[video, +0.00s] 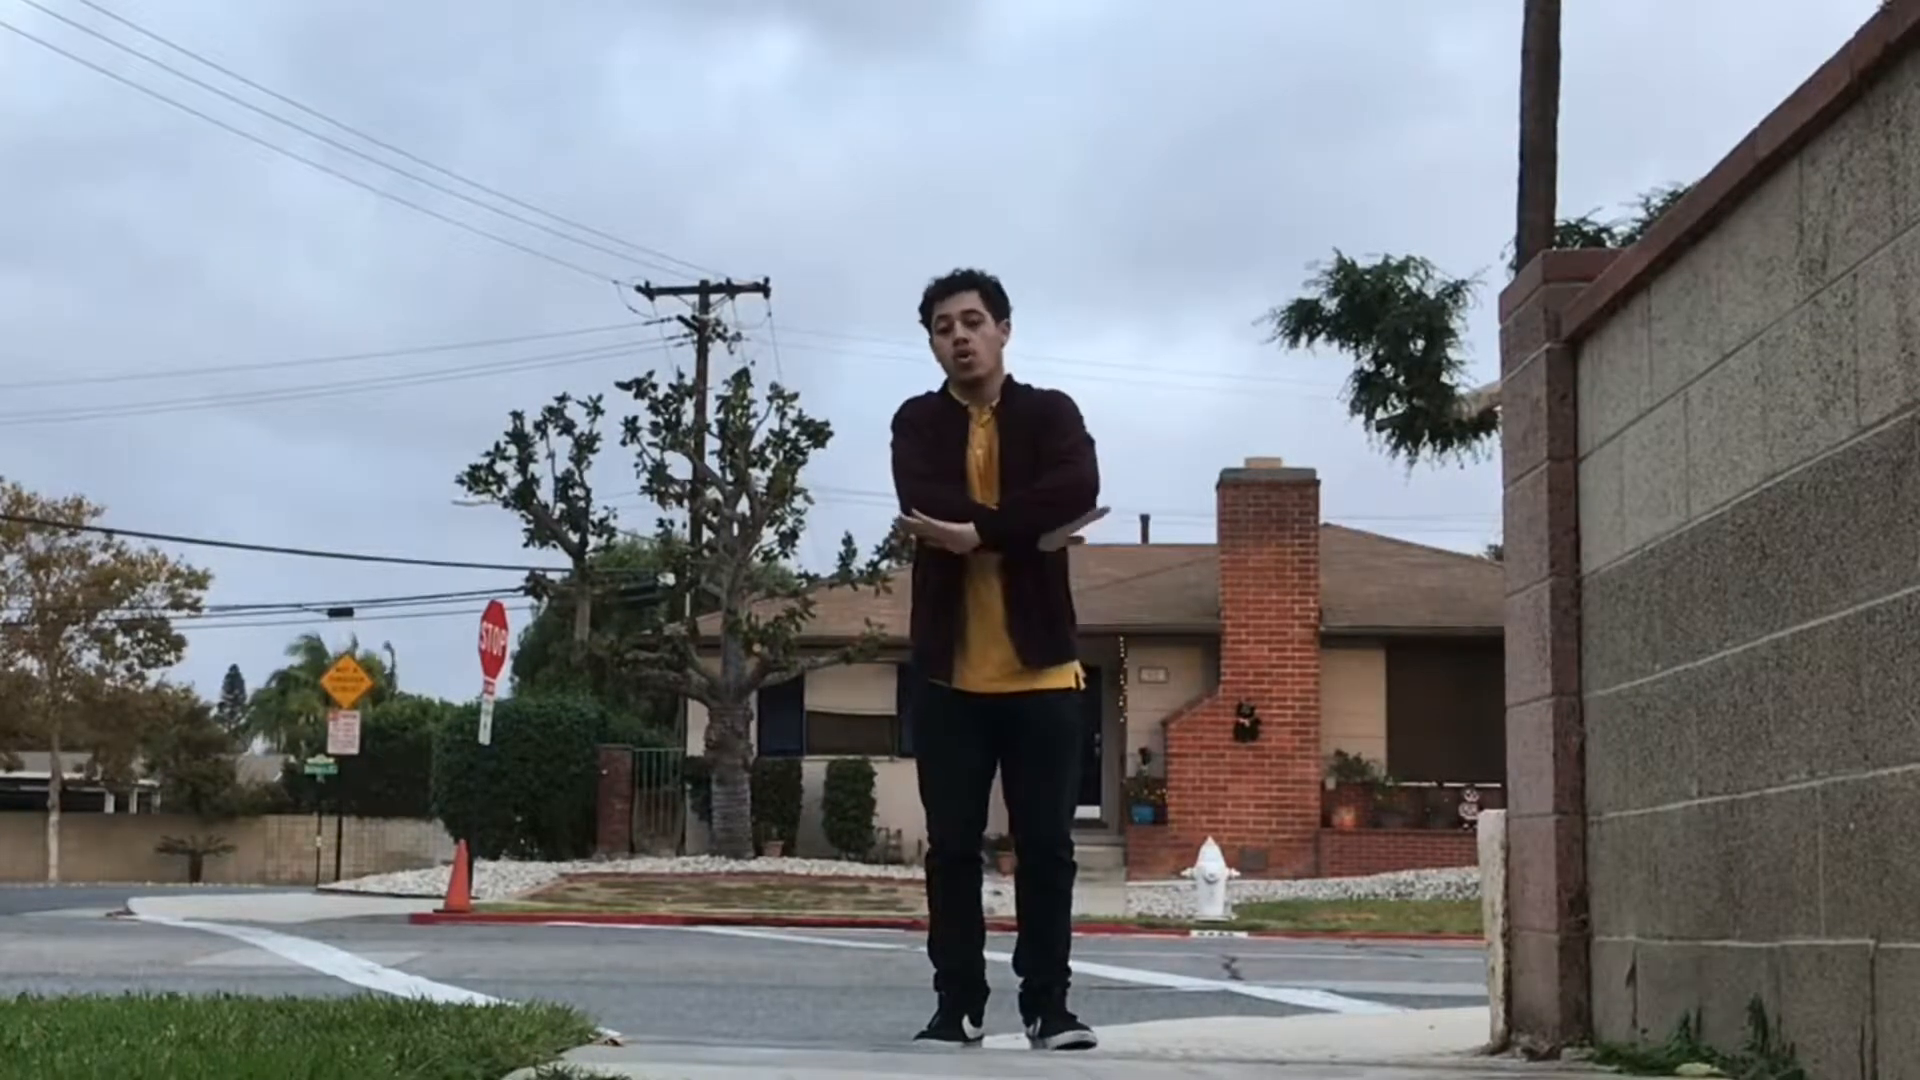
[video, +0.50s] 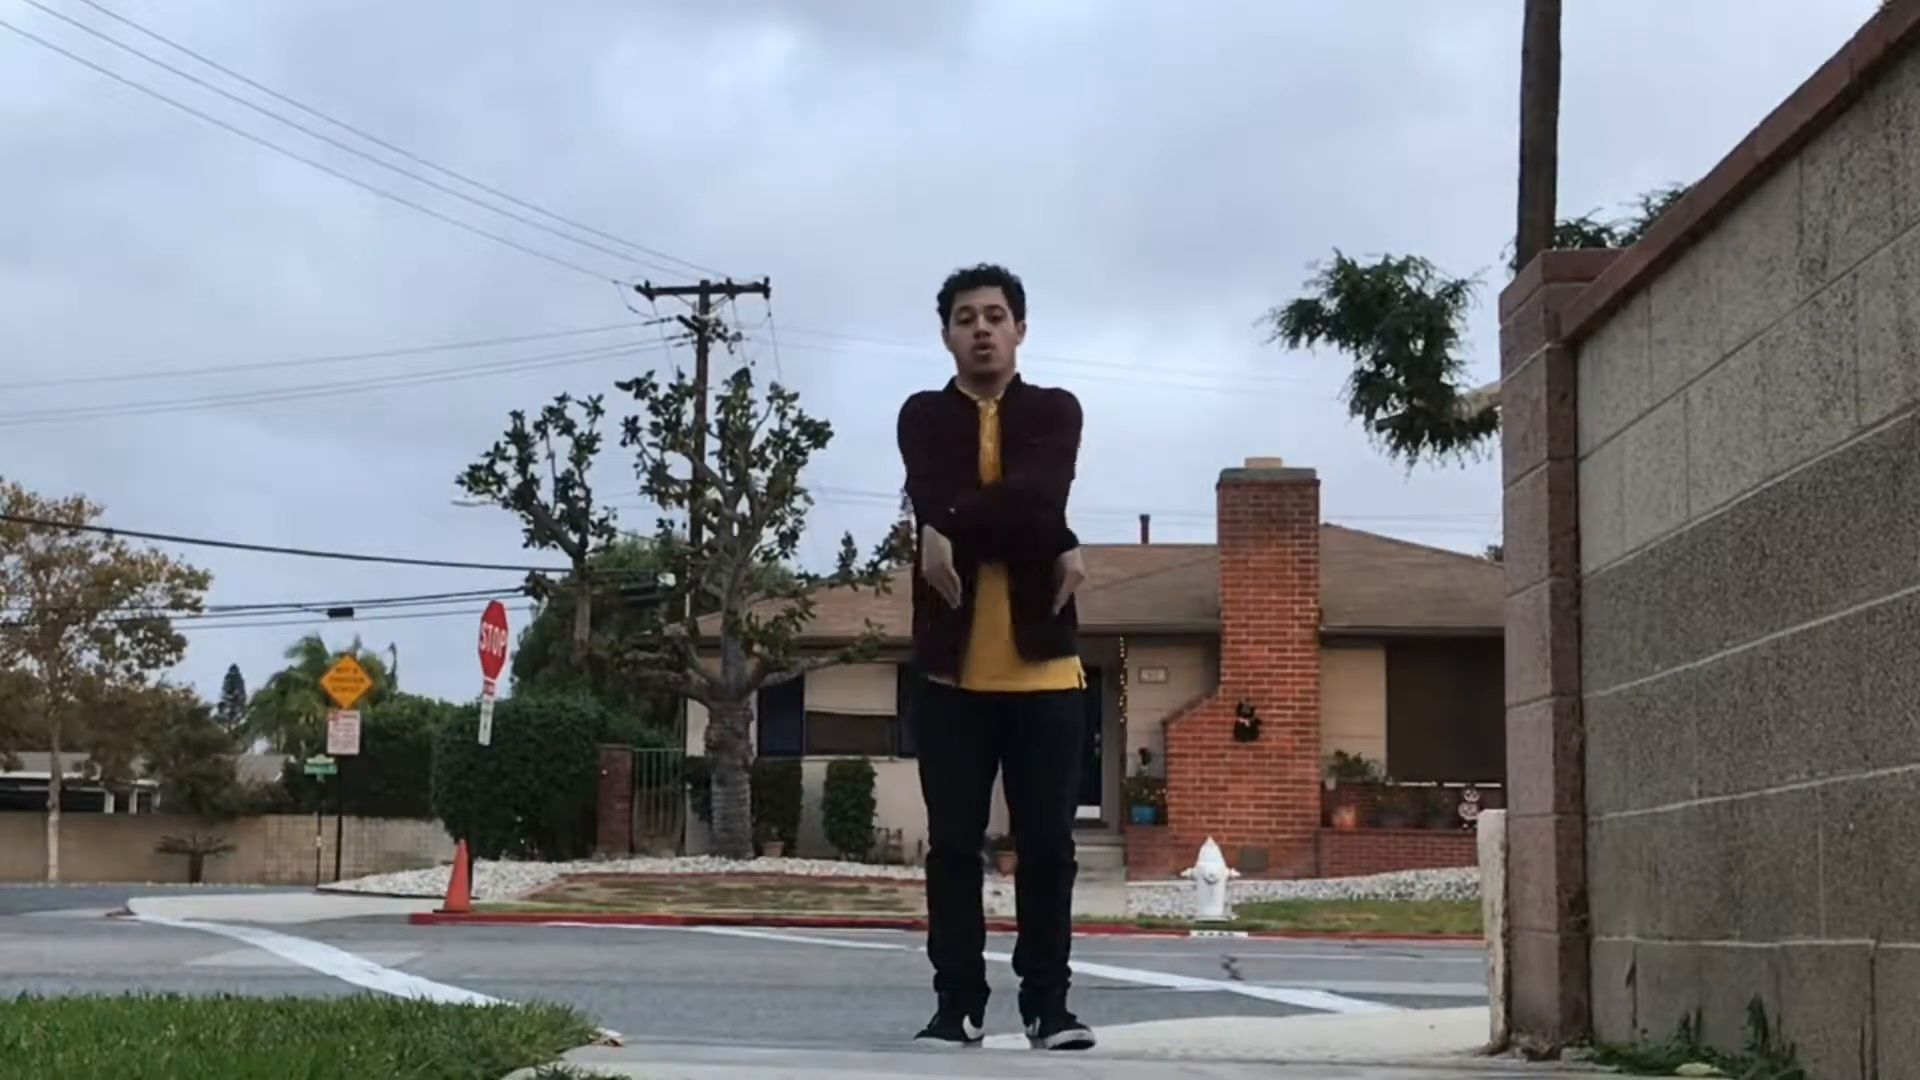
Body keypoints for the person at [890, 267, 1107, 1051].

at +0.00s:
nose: (959, 336)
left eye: (972, 321)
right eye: (945, 327)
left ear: (1003, 331)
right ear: (931, 345)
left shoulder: (1051, 410)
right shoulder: (918, 420)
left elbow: (1078, 488)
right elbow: (926, 508)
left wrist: (975, 530)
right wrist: (1035, 529)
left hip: (1042, 675)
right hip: (949, 676)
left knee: (1047, 850)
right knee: (952, 850)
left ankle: (1048, 1009)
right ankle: (957, 1008)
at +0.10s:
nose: (958, 337)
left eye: (971, 322)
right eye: (943, 328)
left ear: (1003, 331)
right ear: (929, 346)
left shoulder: (1050, 410)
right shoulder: (916, 420)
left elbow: (1079, 489)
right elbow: (919, 511)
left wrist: (976, 530)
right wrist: (1023, 540)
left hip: (1042, 677)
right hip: (948, 677)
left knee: (1046, 849)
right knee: (952, 850)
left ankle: (1047, 1008)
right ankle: (958, 1007)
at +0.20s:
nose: (958, 337)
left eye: (971, 322)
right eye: (943, 328)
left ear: (1002, 331)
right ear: (930, 345)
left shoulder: (1049, 410)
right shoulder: (916, 419)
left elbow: (1079, 490)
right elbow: (917, 507)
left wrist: (981, 536)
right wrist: (1013, 550)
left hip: (1041, 675)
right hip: (948, 675)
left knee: (1046, 848)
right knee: (951, 848)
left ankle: (1047, 1007)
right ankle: (958, 1006)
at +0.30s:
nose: (961, 335)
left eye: (974, 321)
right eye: (946, 326)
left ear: (1005, 330)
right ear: (932, 344)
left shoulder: (1051, 410)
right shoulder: (916, 419)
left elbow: (1075, 491)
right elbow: (918, 509)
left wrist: (982, 536)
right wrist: (1012, 549)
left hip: (1041, 673)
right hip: (948, 674)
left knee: (1046, 848)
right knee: (951, 848)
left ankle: (1047, 1007)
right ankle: (958, 1006)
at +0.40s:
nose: (970, 331)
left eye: (984, 318)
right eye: (955, 322)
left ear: (1012, 330)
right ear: (938, 340)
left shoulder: (1054, 409)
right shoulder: (919, 416)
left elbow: (1055, 497)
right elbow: (925, 503)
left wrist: (966, 531)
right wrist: (1022, 543)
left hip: (1042, 673)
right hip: (948, 674)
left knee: (1046, 847)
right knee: (952, 848)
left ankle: (1046, 1006)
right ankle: (958, 1006)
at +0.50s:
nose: (981, 329)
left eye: (994, 316)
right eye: (965, 318)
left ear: (1020, 330)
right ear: (946, 336)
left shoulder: (1056, 409)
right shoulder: (923, 414)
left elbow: (1038, 498)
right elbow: (945, 515)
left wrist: (945, 525)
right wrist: (1055, 543)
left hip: (1045, 674)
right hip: (952, 674)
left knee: (1047, 849)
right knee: (953, 848)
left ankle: (1047, 1007)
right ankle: (958, 1006)